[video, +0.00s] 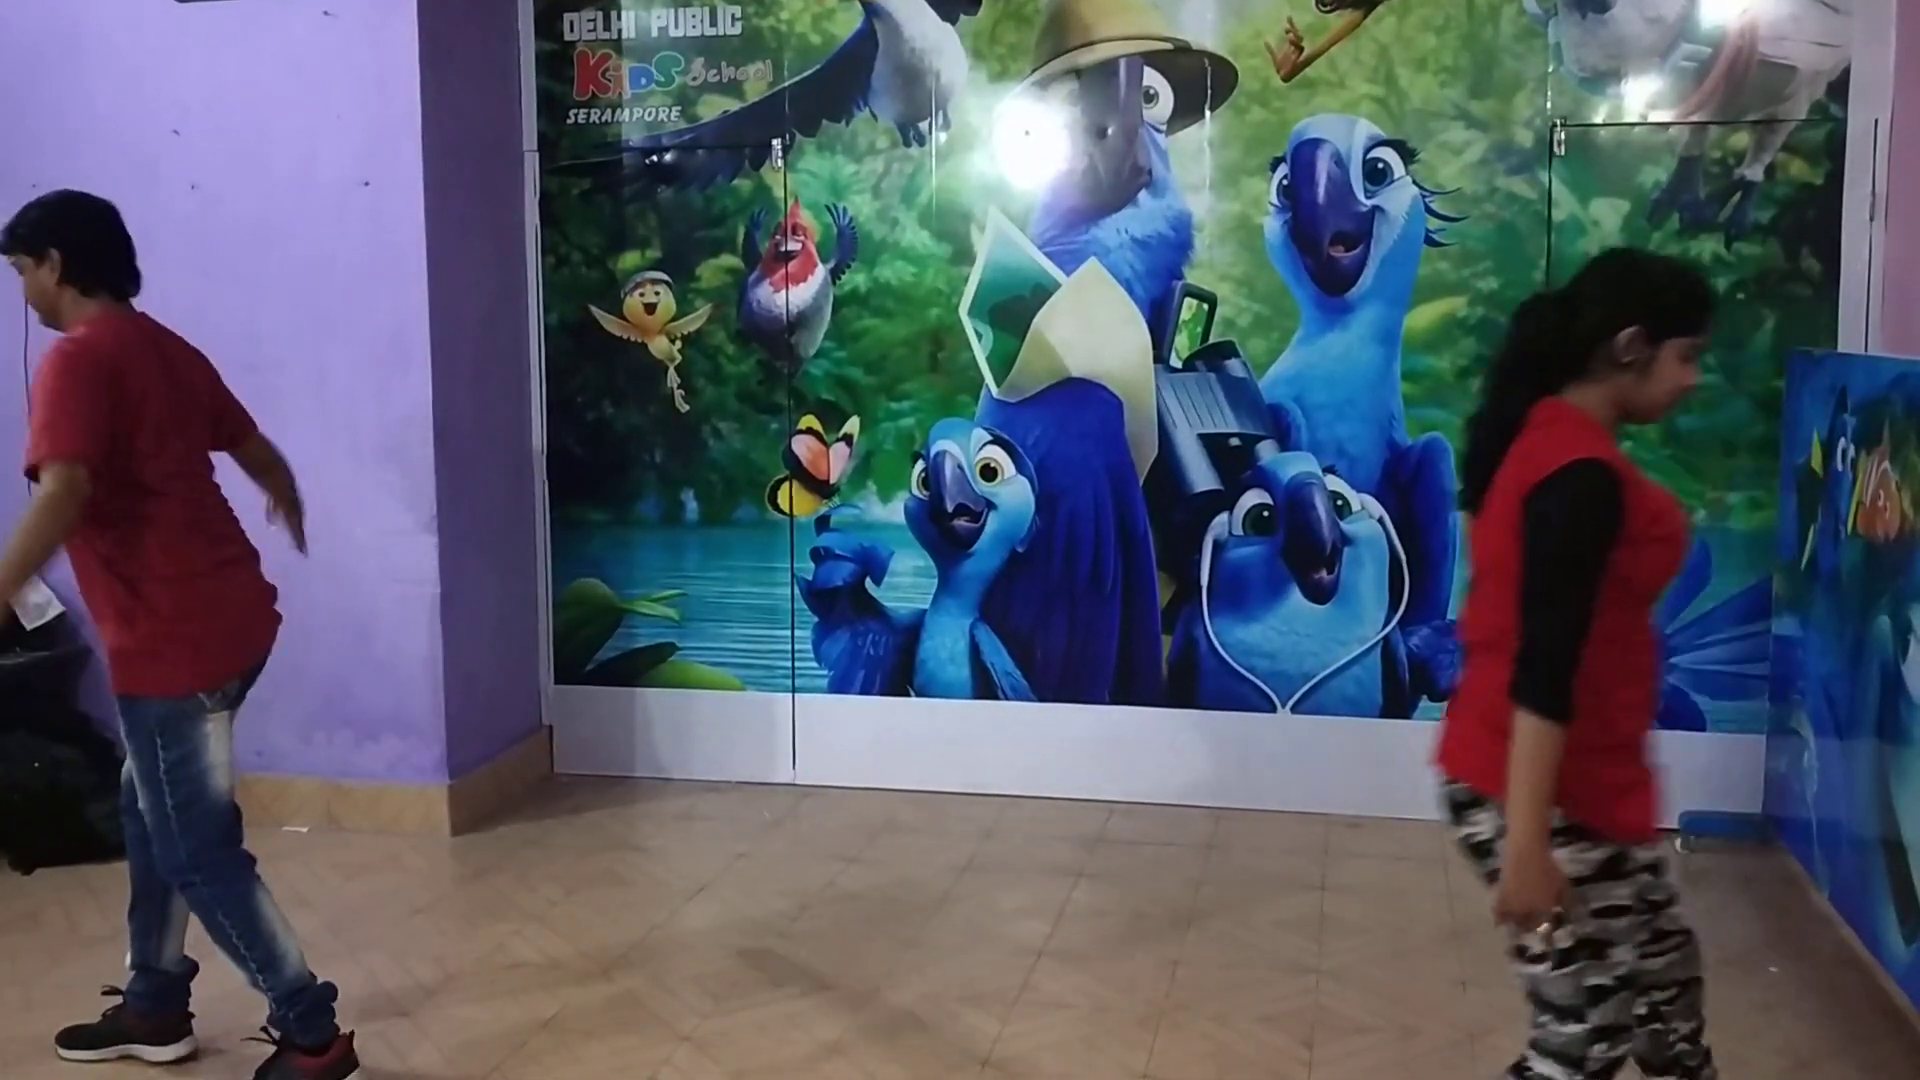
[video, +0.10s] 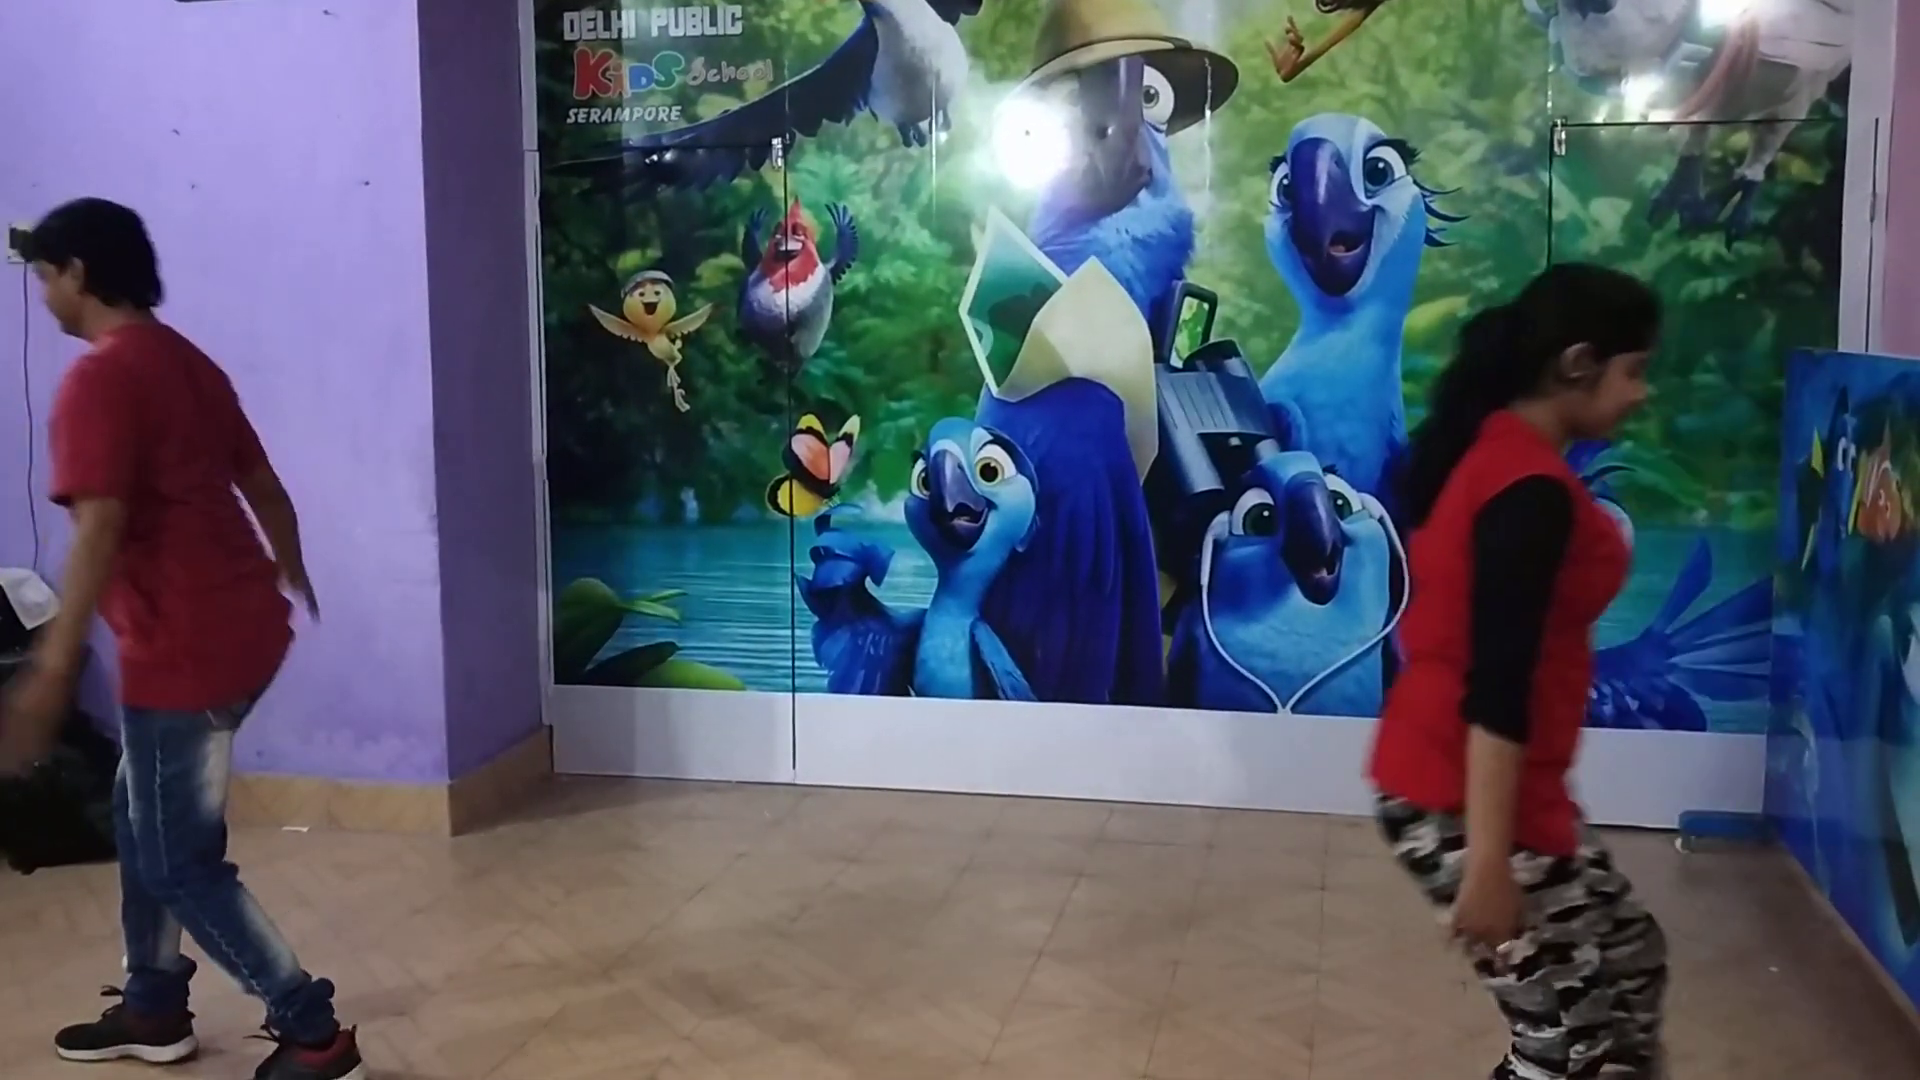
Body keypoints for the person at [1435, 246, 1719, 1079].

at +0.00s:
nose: (1693, 380)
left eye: (1697, 360)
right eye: (1687, 357)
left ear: (1621, 348)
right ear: (1628, 348)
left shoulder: (1555, 443)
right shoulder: (1578, 472)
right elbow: (1543, 671)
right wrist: (1526, 846)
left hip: (1586, 788)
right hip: (1544, 799)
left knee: (1665, 981)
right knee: (1584, 1032)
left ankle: (1675, 1070)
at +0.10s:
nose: (1642, 393)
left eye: (1644, 373)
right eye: (1635, 371)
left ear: (1568, 366)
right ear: (1575, 366)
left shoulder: (1499, 454)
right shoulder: (1528, 488)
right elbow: (1498, 693)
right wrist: (1488, 869)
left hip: (1498, 788)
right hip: (1464, 806)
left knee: (1627, 955)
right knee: (1567, 1026)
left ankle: (1612, 1066)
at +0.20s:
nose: (1581, 403)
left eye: (1584, 382)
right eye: (1574, 381)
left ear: (1508, 374)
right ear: (1516, 376)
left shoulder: (1436, 461)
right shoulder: (1471, 498)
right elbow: (1442, 704)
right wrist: (1437, 880)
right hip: (1412, 810)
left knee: (1571, 958)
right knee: (1538, 1005)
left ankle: (1511, 1063)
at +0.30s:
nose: (1513, 399)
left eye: (1515, 379)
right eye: (1505, 378)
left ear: (1441, 373)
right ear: (1447, 373)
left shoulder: (1363, 463)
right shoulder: (1404, 498)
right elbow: (1378, 703)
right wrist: (1375, 877)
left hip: (1328, 787)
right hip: (1375, 804)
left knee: (1457, 985)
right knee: (1502, 1020)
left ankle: (1327, 1064)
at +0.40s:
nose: (1438, 388)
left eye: (1438, 368)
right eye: (1429, 367)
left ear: (1363, 365)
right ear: (1372, 365)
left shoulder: (1293, 456)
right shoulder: (1326, 488)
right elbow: (1303, 691)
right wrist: (1305, 861)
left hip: (1263, 780)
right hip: (1320, 795)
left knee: (1328, 996)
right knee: (1440, 1000)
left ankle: (1171, 1066)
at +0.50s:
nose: (1359, 378)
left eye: (1360, 358)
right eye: (1352, 357)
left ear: (1286, 352)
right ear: (1301, 355)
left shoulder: (1213, 442)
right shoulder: (1242, 479)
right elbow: (1223, 679)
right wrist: (1230, 848)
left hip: (1176, 762)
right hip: (1231, 779)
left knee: (1204, 982)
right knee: (1339, 990)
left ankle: (1108, 1072)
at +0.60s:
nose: (1289, 368)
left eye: (1291, 348)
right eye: (1285, 347)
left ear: (1215, 339)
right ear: (1238, 346)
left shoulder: (1151, 431)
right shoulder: (1170, 467)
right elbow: (1156, 664)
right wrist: (1168, 833)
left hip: (1101, 746)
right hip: (1143, 763)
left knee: (1160, 968)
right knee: (1264, 969)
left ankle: (1088, 1073)